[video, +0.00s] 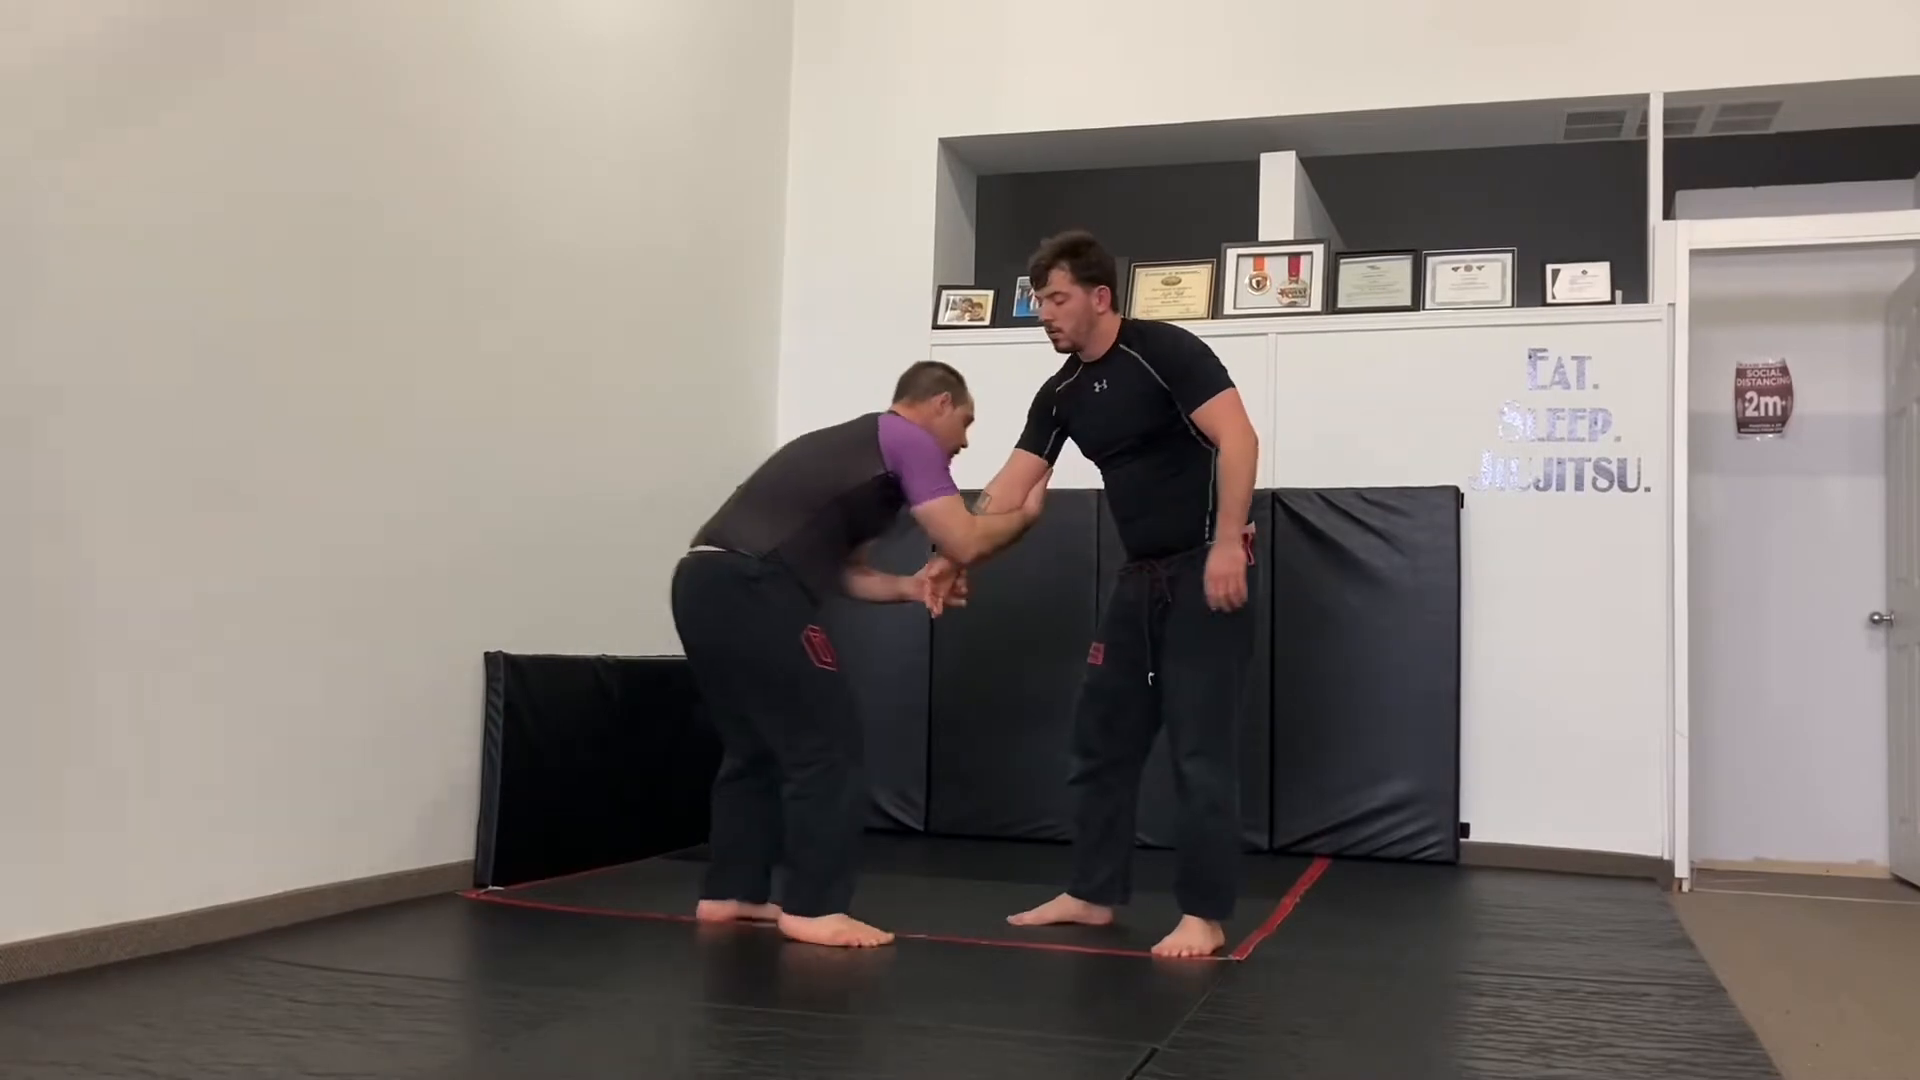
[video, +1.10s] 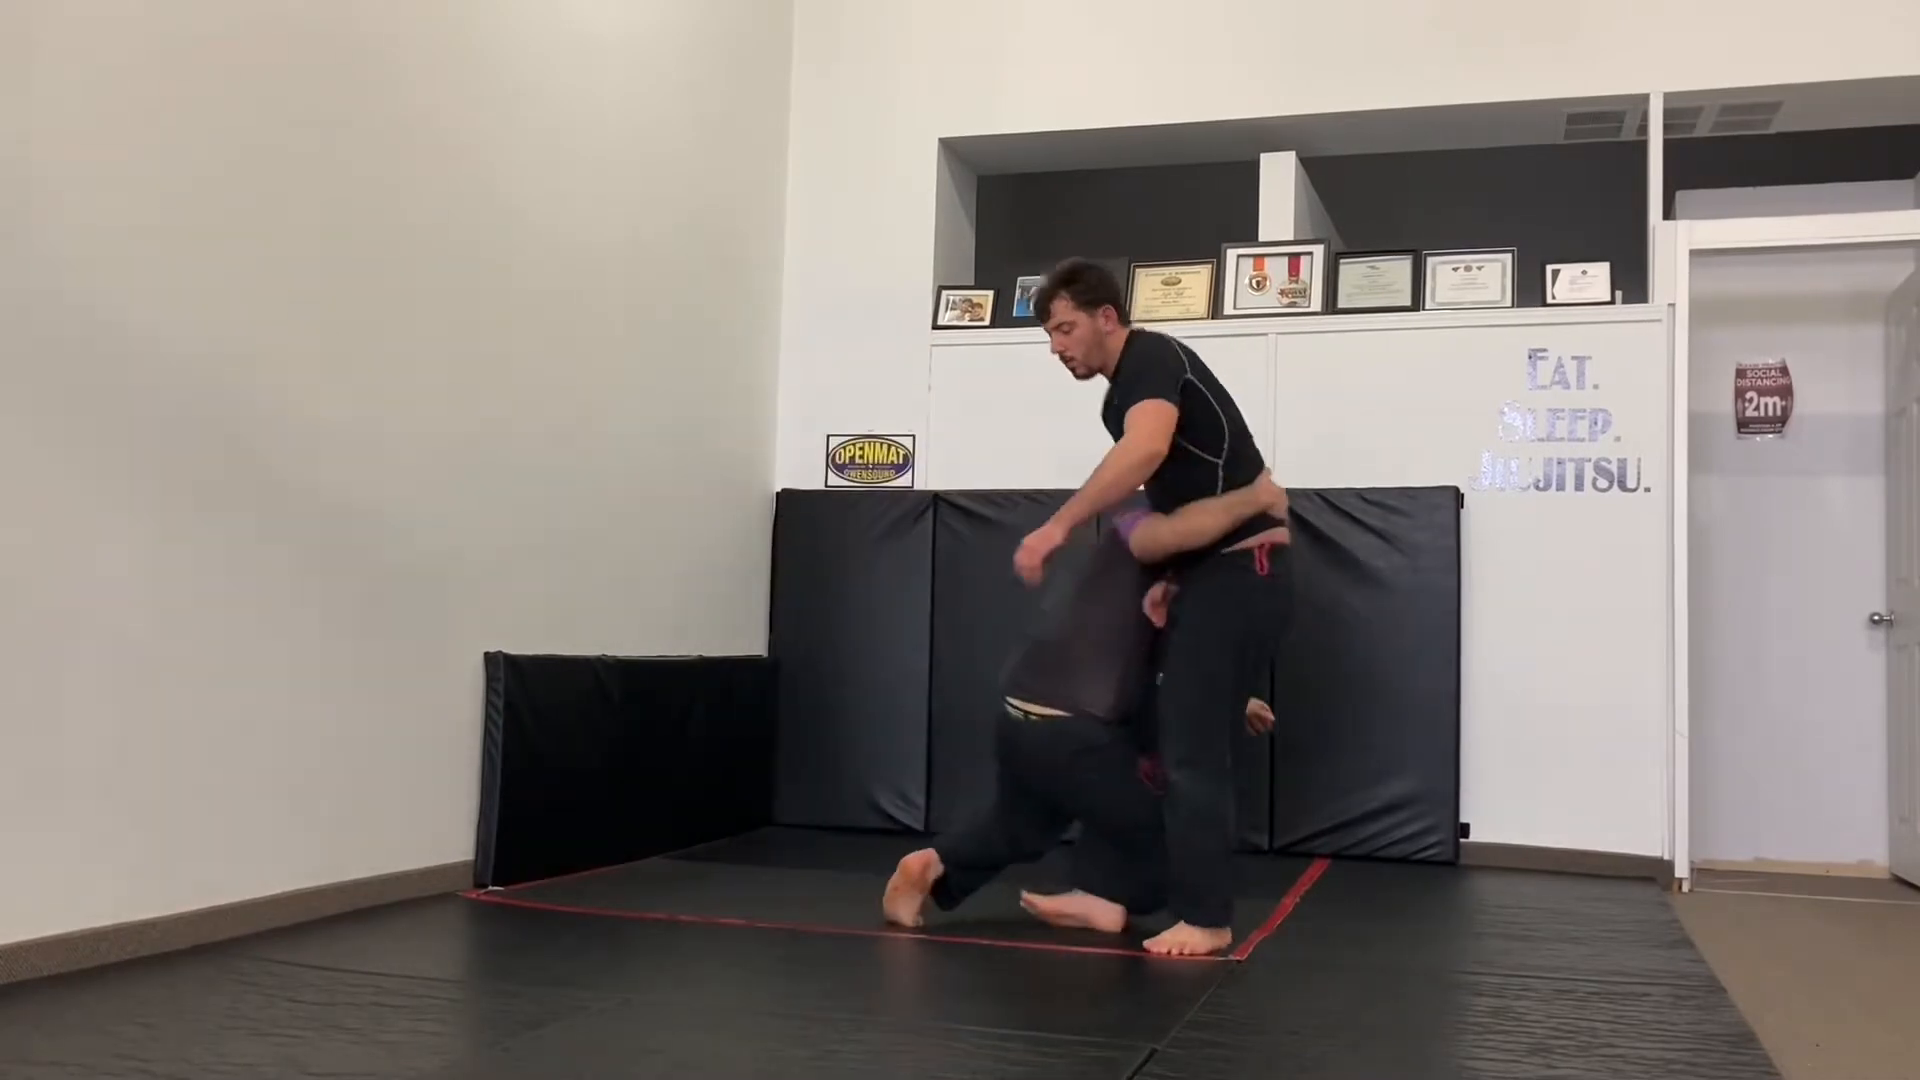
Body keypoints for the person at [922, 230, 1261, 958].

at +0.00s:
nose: (1044, 313)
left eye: (1055, 298)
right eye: (1040, 300)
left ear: (1102, 297)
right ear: (1058, 306)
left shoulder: (1164, 348)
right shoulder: (1060, 393)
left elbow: (1240, 440)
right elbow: (1009, 491)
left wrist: (1229, 542)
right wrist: (957, 560)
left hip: (1208, 566)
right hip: (1141, 573)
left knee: (1199, 742)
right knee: (1106, 732)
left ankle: (1206, 915)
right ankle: (1093, 894)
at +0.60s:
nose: (1048, 301)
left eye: (1061, 286)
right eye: (1043, 290)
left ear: (1106, 284)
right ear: (1048, 297)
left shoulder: (1169, 341)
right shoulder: (1060, 384)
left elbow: (1257, 422)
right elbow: (1068, 497)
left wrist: (1255, 498)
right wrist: (1032, 557)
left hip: (1195, 561)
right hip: (1121, 568)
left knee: (1192, 737)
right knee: (1103, 726)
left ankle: (1203, 916)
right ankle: (1097, 898)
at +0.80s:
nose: (1036, 312)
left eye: (1048, 297)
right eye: (1031, 300)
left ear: (1092, 292)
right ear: (1037, 305)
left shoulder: (1150, 341)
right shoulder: (1062, 393)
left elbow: (1221, 417)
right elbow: (1105, 489)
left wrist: (1185, 503)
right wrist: (1097, 575)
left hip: (1195, 562)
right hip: (1128, 568)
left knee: (1184, 732)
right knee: (1107, 723)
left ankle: (1200, 919)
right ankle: (1095, 888)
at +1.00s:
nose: (1045, 330)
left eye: (1052, 312)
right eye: (1038, 317)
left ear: (1096, 301)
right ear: (1056, 315)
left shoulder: (1148, 343)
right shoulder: (1097, 392)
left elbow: (1170, 430)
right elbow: (1154, 485)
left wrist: (1093, 518)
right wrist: (1148, 564)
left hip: (1219, 555)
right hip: (1171, 560)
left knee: (1188, 731)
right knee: (1121, 712)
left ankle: (1202, 918)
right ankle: (1085, 881)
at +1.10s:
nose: (1057, 346)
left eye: (1064, 329)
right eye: (1051, 334)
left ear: (1107, 318)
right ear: (1097, 327)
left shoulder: (1151, 357)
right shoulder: (1123, 393)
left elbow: (1147, 446)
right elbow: (1180, 491)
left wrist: (1060, 523)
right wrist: (1167, 574)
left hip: (1237, 561)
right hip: (1194, 567)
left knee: (1194, 734)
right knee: (1137, 723)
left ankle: (1206, 918)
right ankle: (1105, 891)